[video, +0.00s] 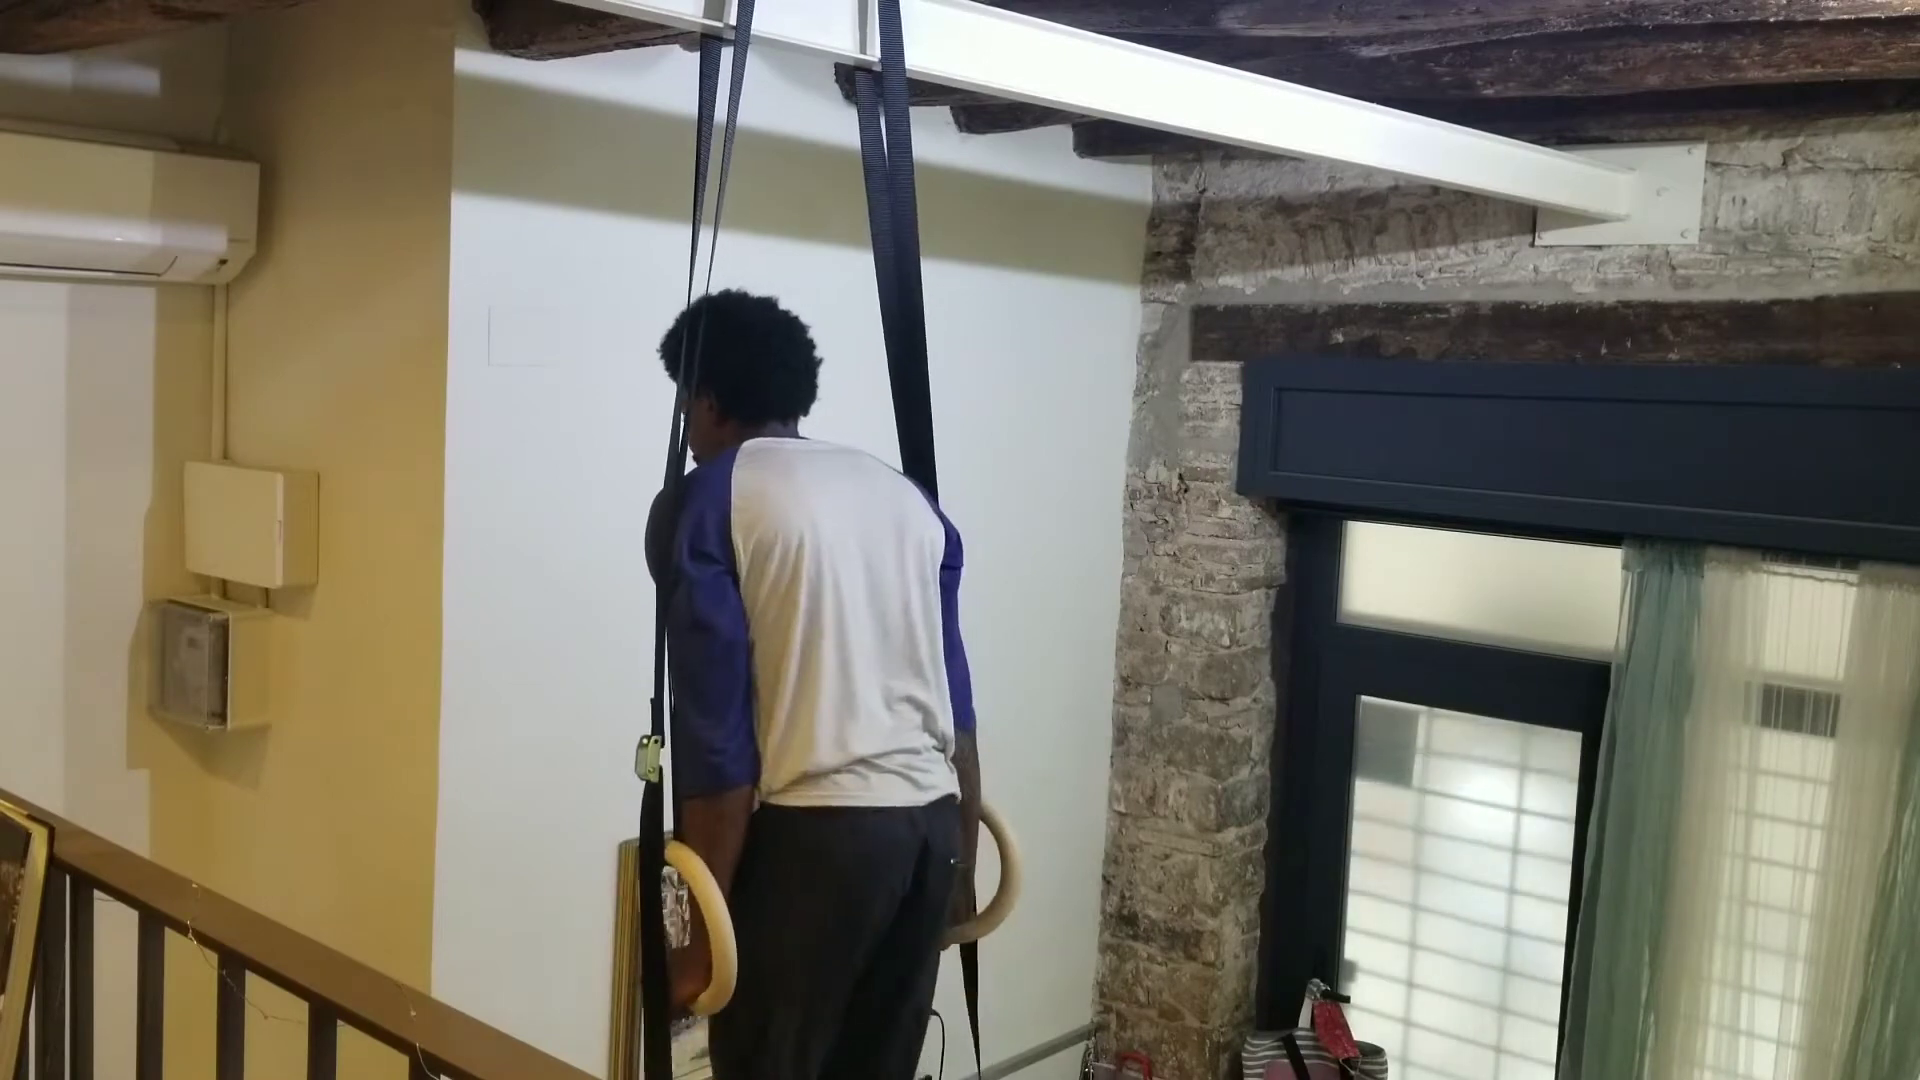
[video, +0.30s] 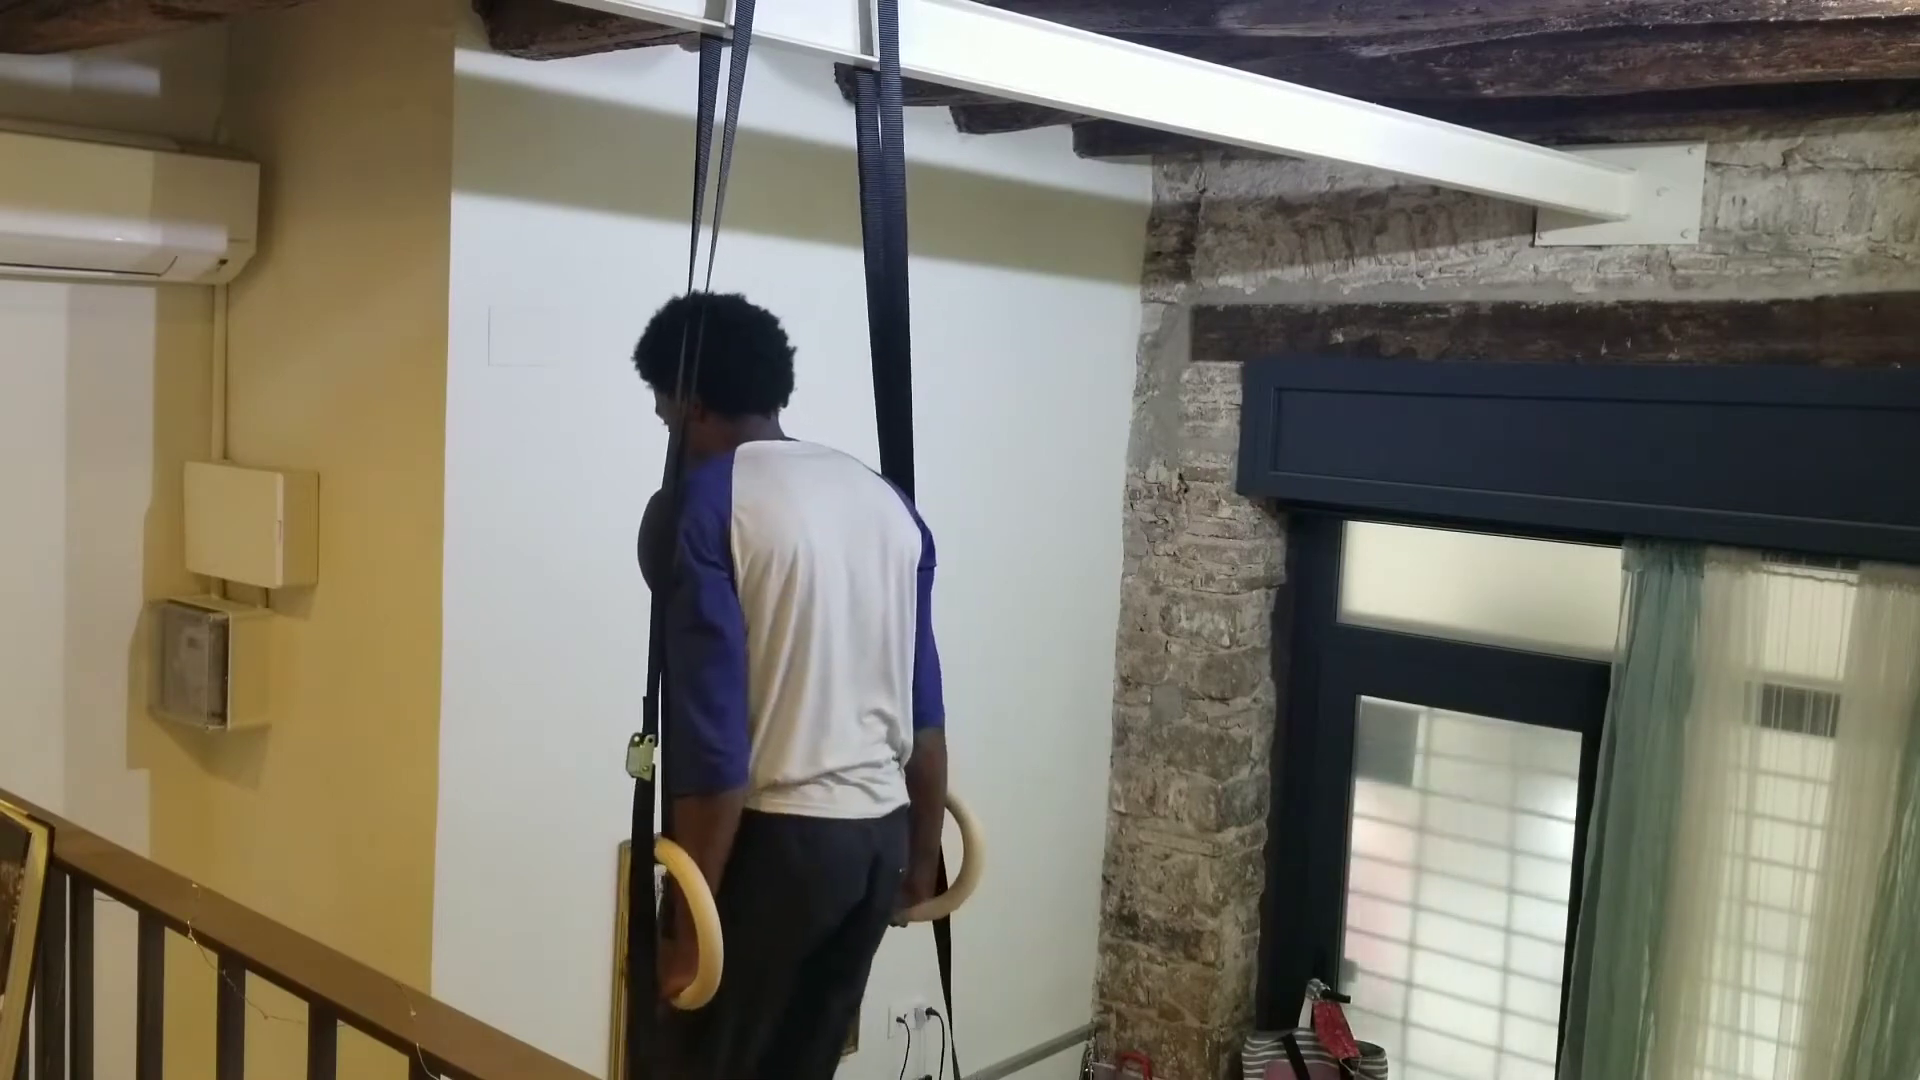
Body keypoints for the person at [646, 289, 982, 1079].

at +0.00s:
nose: (684, 420)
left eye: (685, 396)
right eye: (682, 397)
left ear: (709, 399)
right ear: (794, 394)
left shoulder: (711, 497)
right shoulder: (908, 497)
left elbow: (717, 742)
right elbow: (956, 708)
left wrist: (690, 934)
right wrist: (960, 871)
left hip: (809, 851)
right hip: (928, 850)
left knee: (771, 1061)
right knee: (879, 1068)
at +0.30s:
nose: (664, 426)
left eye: (662, 405)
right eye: (659, 405)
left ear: (688, 398)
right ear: (771, 391)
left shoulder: (705, 502)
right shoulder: (887, 503)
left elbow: (714, 737)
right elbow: (925, 710)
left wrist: (682, 919)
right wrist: (923, 855)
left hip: (767, 852)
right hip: (874, 850)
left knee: (700, 1060)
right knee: (803, 1064)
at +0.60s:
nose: (635, 417)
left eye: (634, 398)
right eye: (631, 399)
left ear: (663, 391)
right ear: (744, 385)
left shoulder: (674, 499)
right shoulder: (854, 490)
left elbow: (671, 740)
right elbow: (882, 684)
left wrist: (616, 910)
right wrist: (880, 826)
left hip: (724, 835)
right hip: (834, 835)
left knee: (636, 1059)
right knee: (724, 1060)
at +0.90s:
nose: (630, 404)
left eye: (631, 383)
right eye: (629, 383)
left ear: (656, 376)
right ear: (738, 377)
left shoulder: (659, 480)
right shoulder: (845, 477)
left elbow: (648, 695)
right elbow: (849, 654)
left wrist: (603, 878)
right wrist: (855, 821)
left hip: (721, 810)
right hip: (829, 817)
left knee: (614, 1046)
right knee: (697, 1051)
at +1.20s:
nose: (642, 407)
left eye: (643, 388)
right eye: (642, 388)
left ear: (664, 381)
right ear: (752, 383)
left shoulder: (666, 484)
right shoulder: (856, 477)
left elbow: (656, 714)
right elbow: (878, 656)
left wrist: (613, 907)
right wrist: (879, 830)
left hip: (744, 809)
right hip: (854, 816)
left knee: (636, 1046)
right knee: (717, 1050)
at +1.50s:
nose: (655, 418)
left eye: (653, 396)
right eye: (649, 399)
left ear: (679, 389)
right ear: (761, 384)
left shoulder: (673, 494)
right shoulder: (876, 480)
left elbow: (688, 724)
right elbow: (902, 654)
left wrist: (654, 937)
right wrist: (916, 853)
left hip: (792, 802)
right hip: (908, 804)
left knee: (703, 1050)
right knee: (789, 1053)